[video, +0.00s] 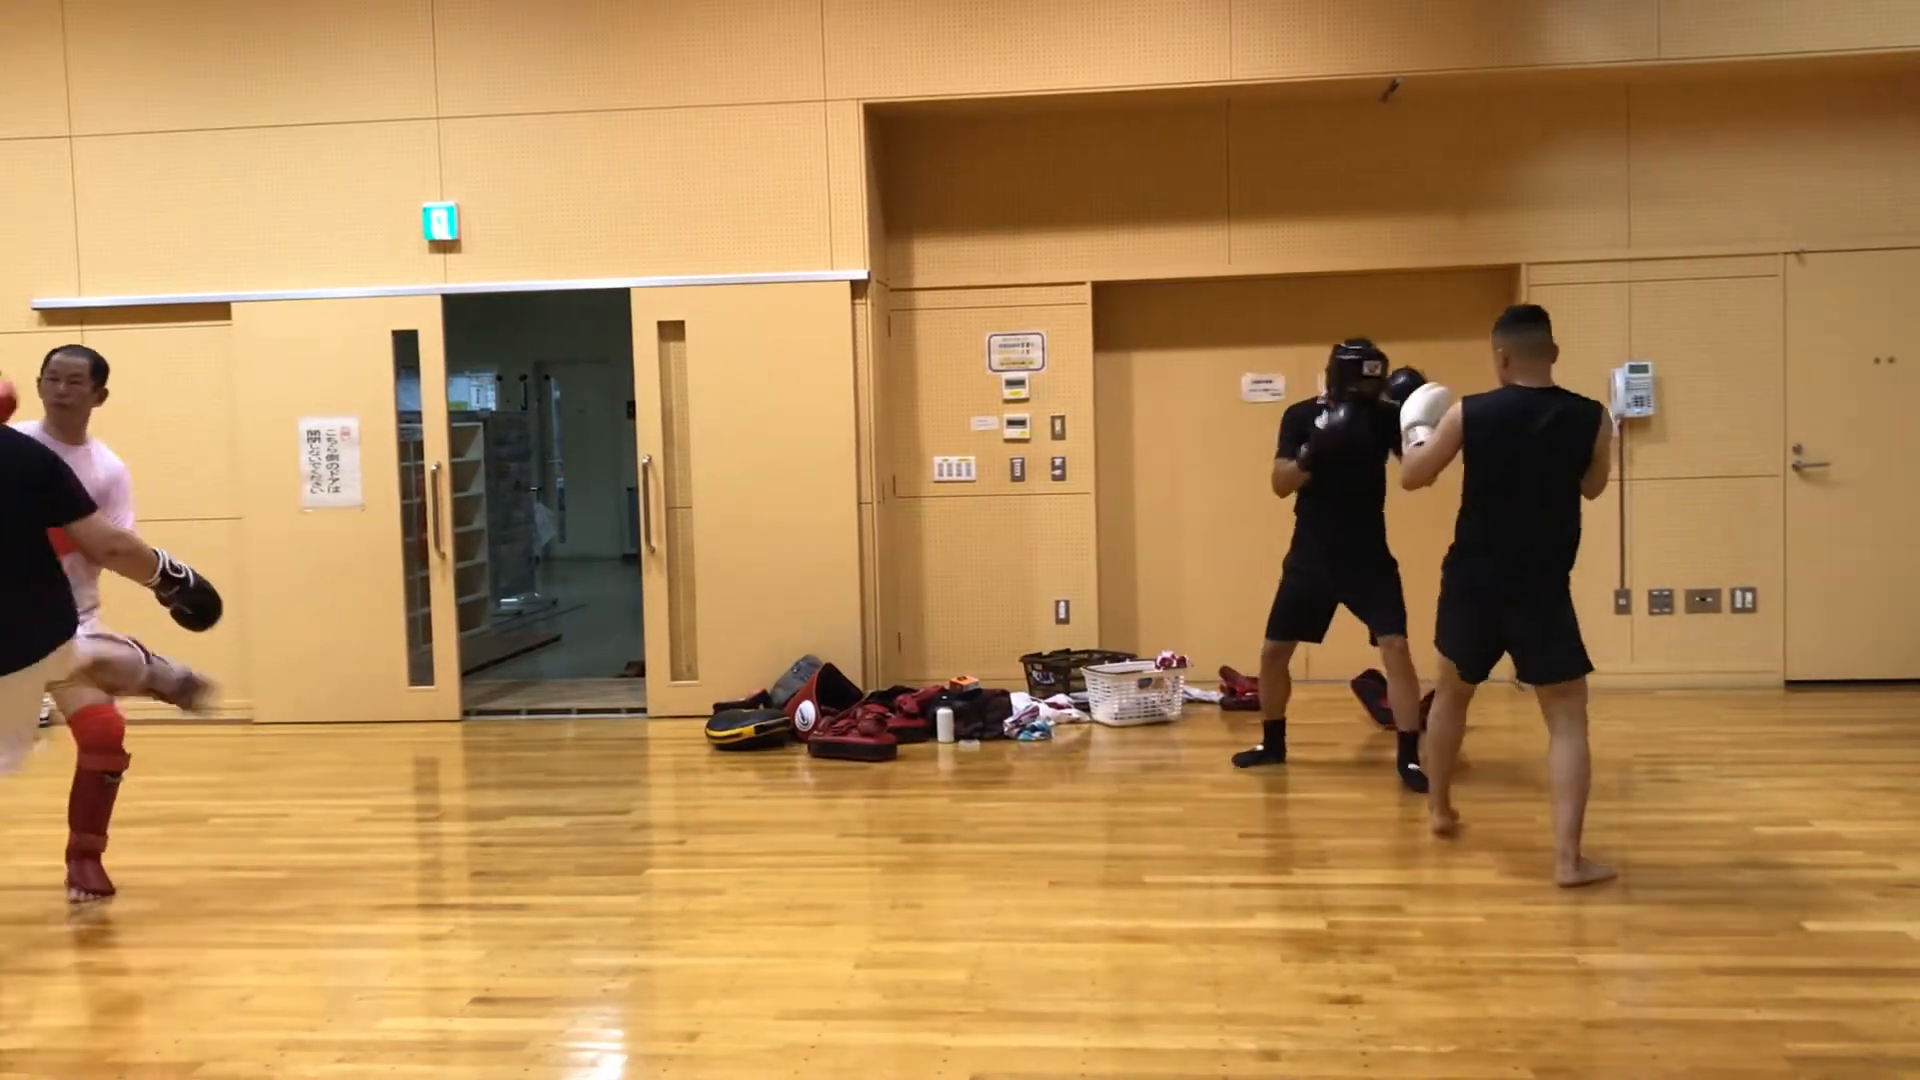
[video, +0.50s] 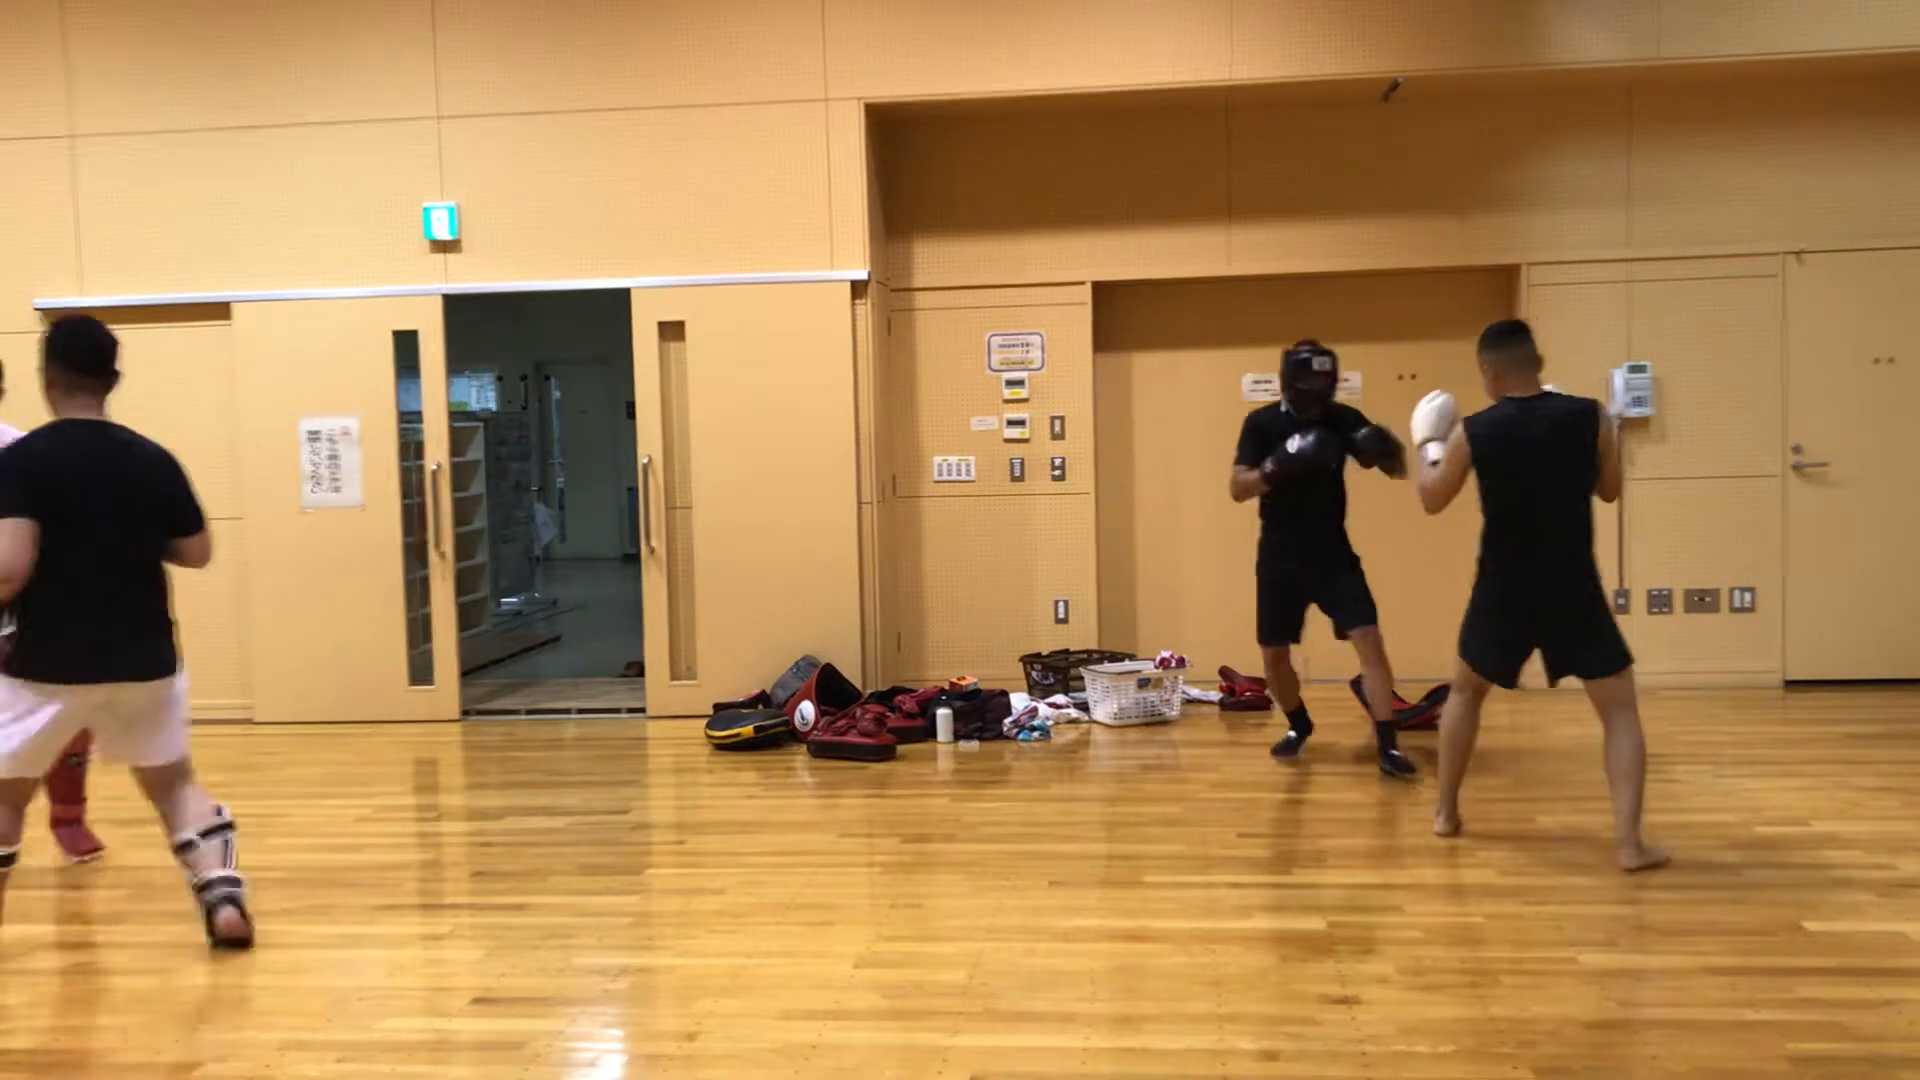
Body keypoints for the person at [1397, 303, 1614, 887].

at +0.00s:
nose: (1491, 362)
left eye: (1492, 354)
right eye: (1496, 355)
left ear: (1500, 356)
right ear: (1553, 353)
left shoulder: (1471, 413)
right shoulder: (1591, 417)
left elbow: (1414, 476)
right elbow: (1592, 485)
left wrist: (1411, 432)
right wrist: (1547, 453)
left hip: (1473, 585)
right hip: (1544, 590)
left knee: (1451, 693)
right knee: (1566, 721)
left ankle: (1439, 809)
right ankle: (1568, 860)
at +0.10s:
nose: (1475, 374)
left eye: (1476, 367)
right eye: (1479, 366)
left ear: (1484, 367)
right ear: (1535, 363)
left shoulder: (1459, 426)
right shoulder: (1575, 421)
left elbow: (1403, 477)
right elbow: (1590, 492)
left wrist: (1414, 426)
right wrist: (1551, 450)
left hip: (1470, 591)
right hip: (1540, 594)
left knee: (1455, 693)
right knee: (1584, 717)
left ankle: (1444, 810)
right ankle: (1573, 846)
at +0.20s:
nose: (1472, 371)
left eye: (1472, 364)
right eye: (1475, 364)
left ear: (1479, 365)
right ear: (1532, 360)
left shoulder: (1459, 422)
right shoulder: (1573, 415)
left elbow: (1415, 462)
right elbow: (1593, 487)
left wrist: (1421, 415)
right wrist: (1559, 443)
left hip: (1475, 587)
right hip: (1544, 587)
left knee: (1458, 692)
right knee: (1600, 706)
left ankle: (1444, 811)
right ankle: (1600, 830)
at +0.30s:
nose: (1482, 368)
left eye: (1481, 360)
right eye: (1488, 361)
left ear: (1486, 361)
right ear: (1539, 355)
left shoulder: (1468, 417)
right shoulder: (1581, 411)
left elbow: (1425, 473)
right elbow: (1602, 481)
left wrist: (1427, 423)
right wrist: (1565, 437)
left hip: (1483, 585)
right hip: (1553, 585)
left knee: (1462, 692)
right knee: (1606, 705)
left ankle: (1445, 812)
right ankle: (1626, 843)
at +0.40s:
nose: (1488, 372)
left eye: (1487, 365)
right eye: (1491, 365)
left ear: (1493, 366)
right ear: (1545, 361)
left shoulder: (1473, 422)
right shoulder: (1587, 416)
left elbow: (1425, 479)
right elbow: (1610, 487)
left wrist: (1420, 435)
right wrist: (1587, 437)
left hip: (1491, 589)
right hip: (1560, 588)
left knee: (1465, 693)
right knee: (1613, 709)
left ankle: (1447, 812)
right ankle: (1631, 844)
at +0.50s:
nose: (1482, 378)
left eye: (1481, 370)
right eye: (1487, 370)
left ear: (1486, 371)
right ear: (1538, 364)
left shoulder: (1477, 429)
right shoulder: (1588, 417)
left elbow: (1433, 496)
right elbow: (1611, 489)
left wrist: (1426, 440)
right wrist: (1605, 434)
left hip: (1504, 589)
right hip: (1574, 588)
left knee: (1466, 691)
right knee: (1619, 710)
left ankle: (1446, 810)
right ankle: (1630, 843)